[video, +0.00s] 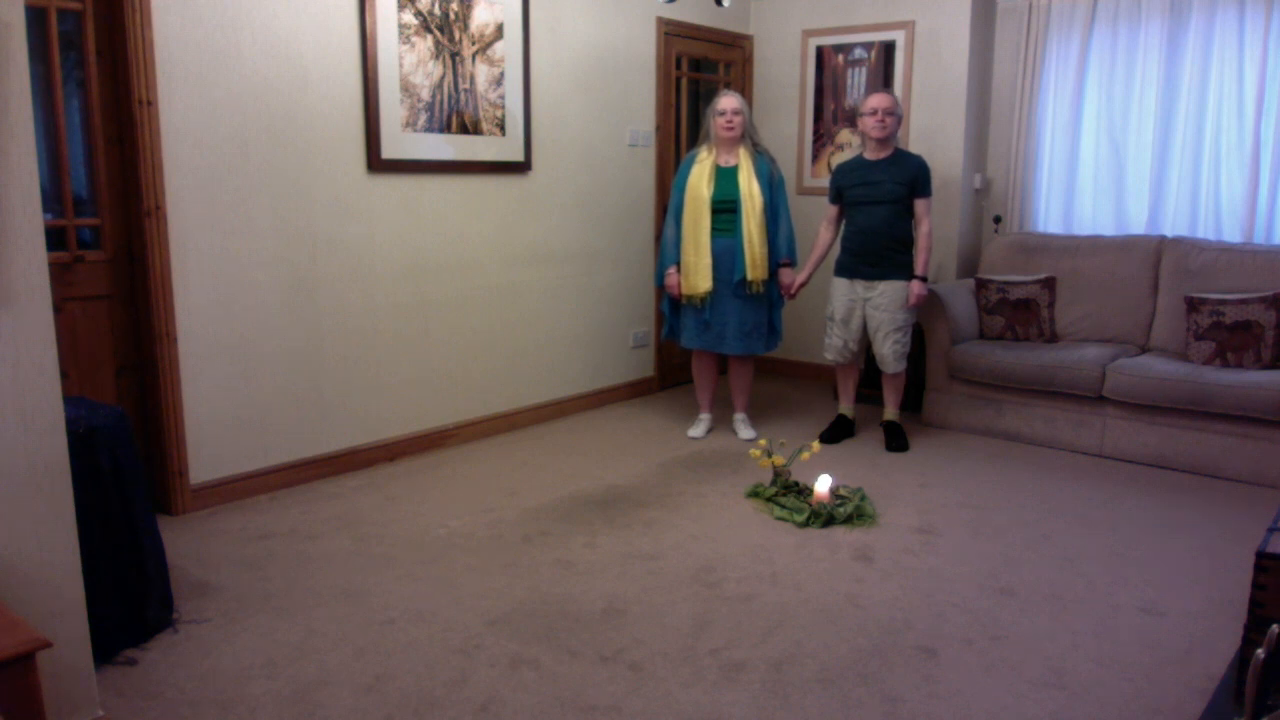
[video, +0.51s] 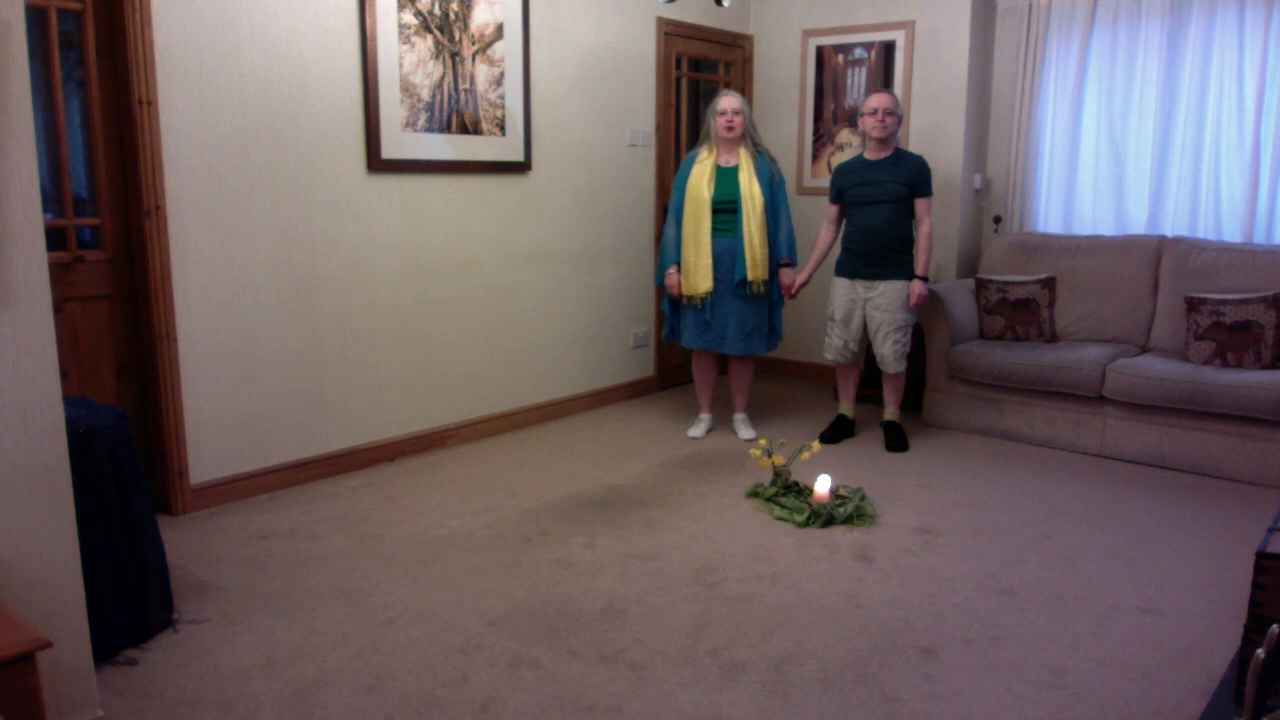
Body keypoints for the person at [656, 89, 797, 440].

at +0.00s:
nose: (729, 119)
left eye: (736, 113)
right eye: (722, 114)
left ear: (746, 119)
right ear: (711, 120)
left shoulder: (762, 164)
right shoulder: (692, 163)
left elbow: (779, 216)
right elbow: (674, 218)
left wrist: (785, 264)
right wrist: (671, 266)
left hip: (749, 268)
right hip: (700, 269)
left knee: (742, 344)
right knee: (702, 343)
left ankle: (741, 415)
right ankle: (704, 413)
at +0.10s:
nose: (729, 119)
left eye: (736, 113)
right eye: (722, 114)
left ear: (746, 119)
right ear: (711, 120)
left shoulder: (763, 164)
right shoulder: (692, 163)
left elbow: (780, 216)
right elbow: (674, 218)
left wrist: (785, 264)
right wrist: (671, 266)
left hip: (749, 268)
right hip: (700, 269)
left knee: (742, 344)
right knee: (702, 343)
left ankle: (741, 415)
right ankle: (704, 413)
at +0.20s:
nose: (729, 119)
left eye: (736, 113)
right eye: (722, 114)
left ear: (746, 119)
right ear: (711, 120)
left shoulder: (763, 164)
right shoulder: (693, 163)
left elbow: (780, 216)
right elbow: (674, 218)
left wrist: (784, 264)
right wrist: (671, 266)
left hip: (749, 269)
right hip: (701, 269)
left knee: (743, 345)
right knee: (703, 343)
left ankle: (741, 415)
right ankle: (705, 413)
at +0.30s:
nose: (729, 119)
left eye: (736, 113)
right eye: (722, 114)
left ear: (746, 119)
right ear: (711, 120)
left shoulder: (763, 164)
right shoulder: (693, 163)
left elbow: (780, 216)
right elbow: (674, 218)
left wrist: (784, 264)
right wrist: (671, 266)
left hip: (749, 269)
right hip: (701, 269)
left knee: (743, 345)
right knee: (703, 343)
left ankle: (741, 415)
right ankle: (705, 413)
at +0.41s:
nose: (729, 119)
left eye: (736, 113)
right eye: (722, 114)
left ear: (746, 119)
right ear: (711, 120)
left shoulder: (763, 164)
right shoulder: (693, 163)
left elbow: (780, 216)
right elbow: (674, 218)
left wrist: (785, 264)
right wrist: (671, 266)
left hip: (749, 269)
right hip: (701, 269)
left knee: (743, 345)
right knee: (703, 343)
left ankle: (741, 415)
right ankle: (705, 413)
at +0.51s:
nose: (729, 119)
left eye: (736, 113)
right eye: (722, 113)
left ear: (746, 119)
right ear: (712, 120)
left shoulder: (763, 164)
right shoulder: (693, 163)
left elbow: (780, 216)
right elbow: (674, 218)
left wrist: (785, 264)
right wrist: (671, 266)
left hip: (749, 269)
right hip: (701, 269)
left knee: (743, 345)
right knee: (703, 343)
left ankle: (741, 415)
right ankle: (705, 413)